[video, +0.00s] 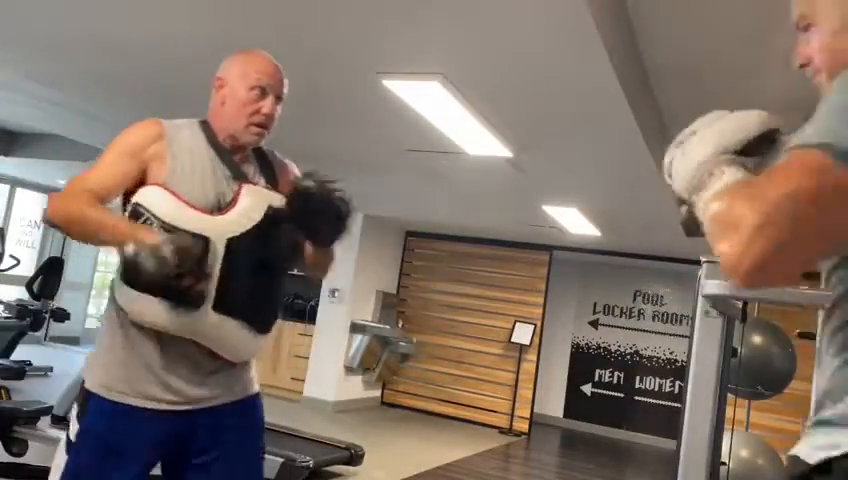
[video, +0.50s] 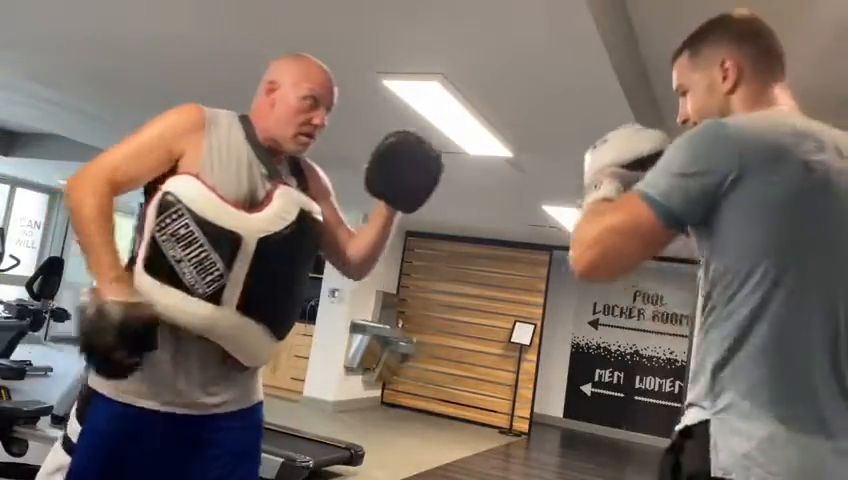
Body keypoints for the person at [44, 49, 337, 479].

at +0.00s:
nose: (270, 109)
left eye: (278, 99)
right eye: (259, 91)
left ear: (282, 108)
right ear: (220, 88)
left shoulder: (281, 174)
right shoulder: (153, 140)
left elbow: (318, 268)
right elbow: (65, 207)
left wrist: (318, 229)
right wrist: (144, 238)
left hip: (229, 402)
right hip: (129, 395)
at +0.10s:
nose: (257, 103)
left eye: (265, 93)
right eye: (246, 85)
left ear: (268, 102)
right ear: (207, 83)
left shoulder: (271, 167)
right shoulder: (140, 134)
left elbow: (313, 258)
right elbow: (64, 201)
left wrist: (287, 215)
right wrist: (175, 206)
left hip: (225, 390)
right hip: (125, 388)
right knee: (93, 473)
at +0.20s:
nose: (253, 102)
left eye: (262, 91)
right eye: (242, 84)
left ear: (266, 100)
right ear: (203, 83)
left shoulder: (263, 163)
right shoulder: (137, 132)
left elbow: (309, 255)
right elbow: (68, 197)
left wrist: (314, 219)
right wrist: (198, 202)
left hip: (222, 395)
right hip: (123, 395)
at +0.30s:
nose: (268, 107)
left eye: (276, 98)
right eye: (256, 89)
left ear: (280, 106)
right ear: (216, 84)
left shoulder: (275, 167)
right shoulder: (148, 132)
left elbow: (320, 250)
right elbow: (70, 202)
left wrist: (340, 209)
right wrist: (191, 223)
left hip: (219, 398)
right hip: (123, 391)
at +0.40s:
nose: (295, 117)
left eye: (302, 107)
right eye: (285, 99)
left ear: (305, 115)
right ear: (243, 90)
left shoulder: (290, 175)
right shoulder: (169, 131)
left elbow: (335, 257)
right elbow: (75, 197)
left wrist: (365, 202)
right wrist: (157, 263)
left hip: (221, 402)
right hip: (125, 395)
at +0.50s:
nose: (321, 119)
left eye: (327, 110)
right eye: (312, 101)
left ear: (327, 118)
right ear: (269, 91)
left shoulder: (309, 180)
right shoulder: (194, 127)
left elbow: (354, 262)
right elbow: (87, 186)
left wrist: (392, 198)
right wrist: (113, 286)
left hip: (232, 410)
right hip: (137, 400)